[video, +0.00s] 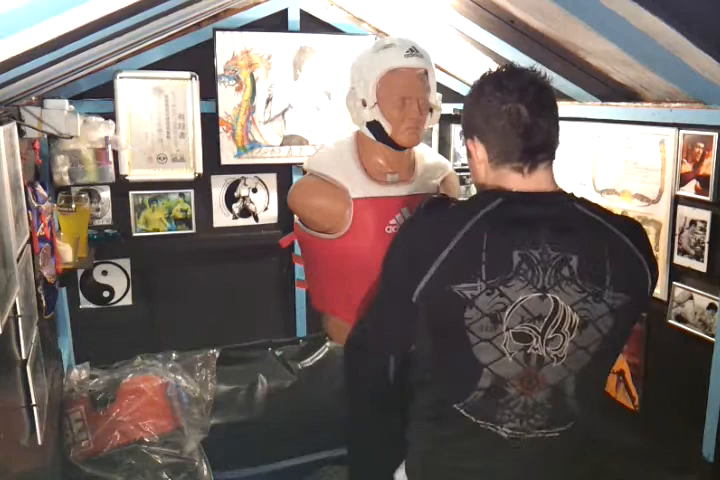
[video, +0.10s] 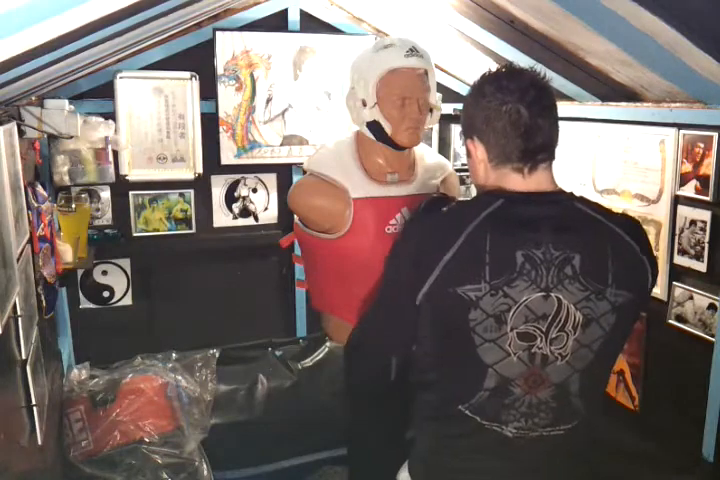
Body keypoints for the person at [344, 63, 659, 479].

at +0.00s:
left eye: (465, 143)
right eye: (400, 104)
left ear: (476, 153)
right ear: (553, 142)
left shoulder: (435, 232)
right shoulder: (626, 243)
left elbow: (369, 355)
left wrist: (376, 465)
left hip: (451, 457)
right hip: (568, 459)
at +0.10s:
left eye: (465, 146)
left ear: (476, 154)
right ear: (553, 143)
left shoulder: (438, 233)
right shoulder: (626, 243)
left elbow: (368, 356)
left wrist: (376, 465)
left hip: (453, 456)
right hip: (568, 459)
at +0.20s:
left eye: (465, 147)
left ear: (476, 154)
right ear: (553, 143)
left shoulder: (438, 234)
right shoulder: (625, 241)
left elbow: (368, 357)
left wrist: (378, 466)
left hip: (455, 458)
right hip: (571, 460)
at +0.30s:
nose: (467, 160)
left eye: (465, 148)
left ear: (477, 154)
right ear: (552, 143)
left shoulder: (440, 234)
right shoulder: (624, 239)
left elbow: (370, 358)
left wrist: (378, 466)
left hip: (455, 459)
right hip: (570, 461)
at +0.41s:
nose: (466, 160)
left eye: (465, 149)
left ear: (477, 154)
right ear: (552, 143)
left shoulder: (441, 233)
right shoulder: (625, 238)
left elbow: (371, 360)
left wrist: (379, 466)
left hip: (456, 459)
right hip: (568, 461)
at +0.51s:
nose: (466, 160)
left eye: (465, 148)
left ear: (477, 154)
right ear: (552, 143)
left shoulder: (440, 234)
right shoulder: (625, 238)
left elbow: (372, 360)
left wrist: (379, 467)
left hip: (456, 459)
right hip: (569, 461)